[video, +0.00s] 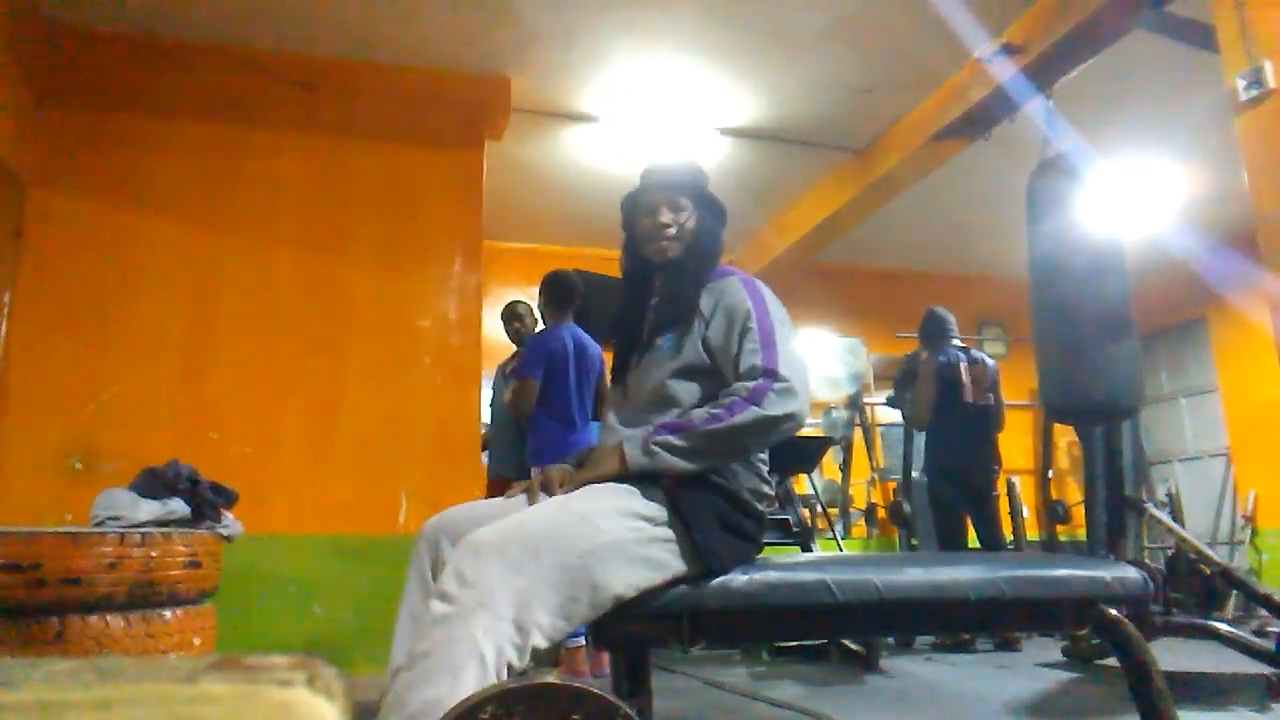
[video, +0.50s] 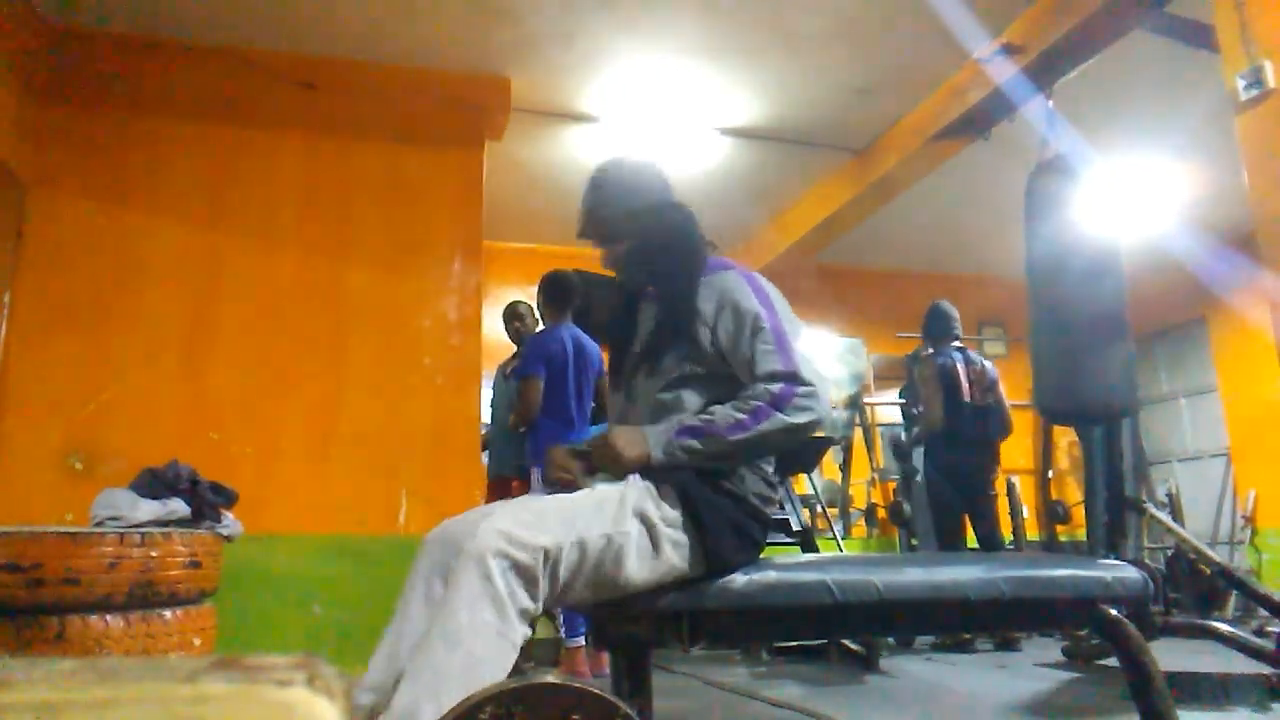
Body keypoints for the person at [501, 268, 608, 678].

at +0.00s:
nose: (538, 308)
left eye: (539, 302)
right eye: (544, 302)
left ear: (544, 303)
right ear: (577, 303)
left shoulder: (540, 343)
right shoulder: (591, 346)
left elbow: (523, 400)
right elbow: (602, 400)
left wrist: (513, 402)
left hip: (548, 450)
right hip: (589, 445)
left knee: (552, 541)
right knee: (584, 541)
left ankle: (573, 647)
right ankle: (590, 648)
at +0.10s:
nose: (538, 308)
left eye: (539, 302)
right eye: (545, 302)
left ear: (544, 303)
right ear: (578, 303)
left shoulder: (539, 344)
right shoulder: (592, 346)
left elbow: (524, 410)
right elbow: (602, 404)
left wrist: (515, 414)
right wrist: (585, 419)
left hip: (548, 450)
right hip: (588, 445)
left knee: (550, 541)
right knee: (582, 540)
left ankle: (573, 649)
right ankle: (587, 649)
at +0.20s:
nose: (538, 307)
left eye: (540, 301)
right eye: (545, 300)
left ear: (544, 302)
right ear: (577, 303)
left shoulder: (537, 345)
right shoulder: (592, 347)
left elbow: (531, 409)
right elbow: (602, 405)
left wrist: (511, 421)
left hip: (547, 449)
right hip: (587, 445)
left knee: (551, 542)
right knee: (581, 542)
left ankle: (575, 647)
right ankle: (586, 647)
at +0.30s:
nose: (537, 307)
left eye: (539, 301)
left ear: (543, 302)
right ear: (577, 303)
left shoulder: (537, 345)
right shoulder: (590, 346)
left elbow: (531, 408)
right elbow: (605, 400)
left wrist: (512, 421)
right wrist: (586, 425)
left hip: (545, 455)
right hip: (583, 453)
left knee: (548, 545)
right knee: (577, 547)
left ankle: (574, 644)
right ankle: (580, 645)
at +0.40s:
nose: (537, 307)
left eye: (538, 300)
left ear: (542, 302)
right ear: (576, 303)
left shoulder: (537, 345)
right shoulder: (590, 347)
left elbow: (531, 407)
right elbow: (606, 405)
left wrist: (515, 423)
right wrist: (583, 427)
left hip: (547, 457)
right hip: (584, 456)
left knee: (556, 548)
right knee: (582, 547)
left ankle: (574, 646)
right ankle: (586, 647)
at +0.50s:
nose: (538, 309)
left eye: (539, 302)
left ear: (543, 303)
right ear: (575, 303)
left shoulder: (538, 345)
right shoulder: (590, 347)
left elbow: (529, 406)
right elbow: (603, 402)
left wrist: (516, 421)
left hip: (545, 451)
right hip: (582, 450)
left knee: (555, 545)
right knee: (580, 544)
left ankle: (574, 646)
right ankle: (585, 645)